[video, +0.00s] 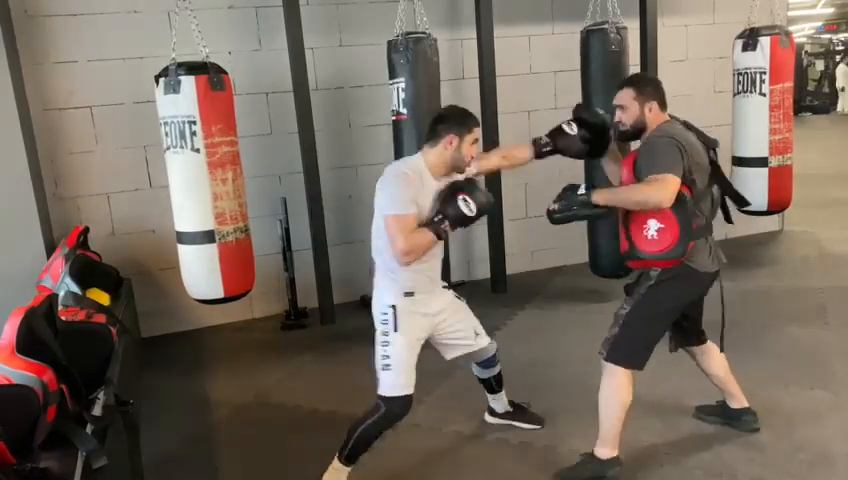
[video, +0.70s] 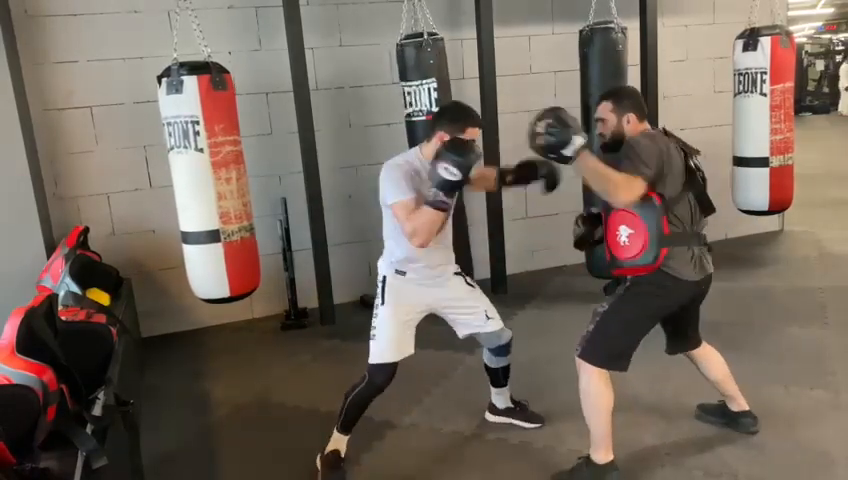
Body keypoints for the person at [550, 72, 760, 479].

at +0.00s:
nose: (616, 116)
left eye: (622, 108)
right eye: (615, 109)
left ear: (650, 107)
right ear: (653, 109)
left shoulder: (661, 141)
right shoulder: (675, 135)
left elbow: (660, 194)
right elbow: (627, 180)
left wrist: (593, 197)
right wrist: (603, 145)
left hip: (674, 268)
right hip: (696, 262)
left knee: (618, 356)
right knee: (693, 338)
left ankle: (605, 454)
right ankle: (739, 407)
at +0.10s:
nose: (604, 120)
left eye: (610, 112)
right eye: (602, 112)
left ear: (638, 111)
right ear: (638, 113)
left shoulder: (660, 147)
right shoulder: (640, 145)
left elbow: (675, 209)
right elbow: (609, 188)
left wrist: (608, 197)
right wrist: (592, 151)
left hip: (663, 273)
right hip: (667, 268)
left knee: (613, 363)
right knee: (687, 344)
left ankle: (604, 461)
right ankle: (738, 408)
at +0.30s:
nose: (581, 140)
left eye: (585, 132)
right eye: (580, 132)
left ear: (611, 131)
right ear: (602, 132)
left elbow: (693, 216)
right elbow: (566, 198)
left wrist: (647, 177)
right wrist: (547, 200)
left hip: (657, 279)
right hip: (625, 277)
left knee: (601, 365)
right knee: (654, 350)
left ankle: (605, 465)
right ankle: (723, 394)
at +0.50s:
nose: (581, 139)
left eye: (586, 131)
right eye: (579, 131)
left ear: (612, 128)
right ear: (607, 129)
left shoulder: (662, 156)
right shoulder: (605, 164)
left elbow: (682, 211)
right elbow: (581, 226)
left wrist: (626, 174)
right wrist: (572, 201)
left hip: (656, 283)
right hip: (633, 280)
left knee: (593, 368)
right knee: (663, 354)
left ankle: (605, 464)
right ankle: (728, 409)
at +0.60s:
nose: (589, 133)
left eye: (593, 124)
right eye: (587, 126)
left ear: (620, 122)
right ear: (620, 125)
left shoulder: (653, 149)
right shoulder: (626, 157)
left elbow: (689, 199)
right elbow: (631, 207)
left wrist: (629, 169)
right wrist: (590, 205)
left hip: (651, 281)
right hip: (678, 274)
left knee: (592, 366)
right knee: (682, 345)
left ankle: (605, 462)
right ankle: (737, 409)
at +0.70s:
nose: (599, 130)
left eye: (604, 122)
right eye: (597, 123)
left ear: (631, 119)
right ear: (640, 121)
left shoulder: (643, 145)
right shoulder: (668, 143)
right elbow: (672, 208)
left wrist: (576, 151)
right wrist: (608, 223)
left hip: (662, 275)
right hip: (694, 271)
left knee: (591, 358)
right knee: (690, 342)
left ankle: (601, 460)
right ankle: (740, 409)